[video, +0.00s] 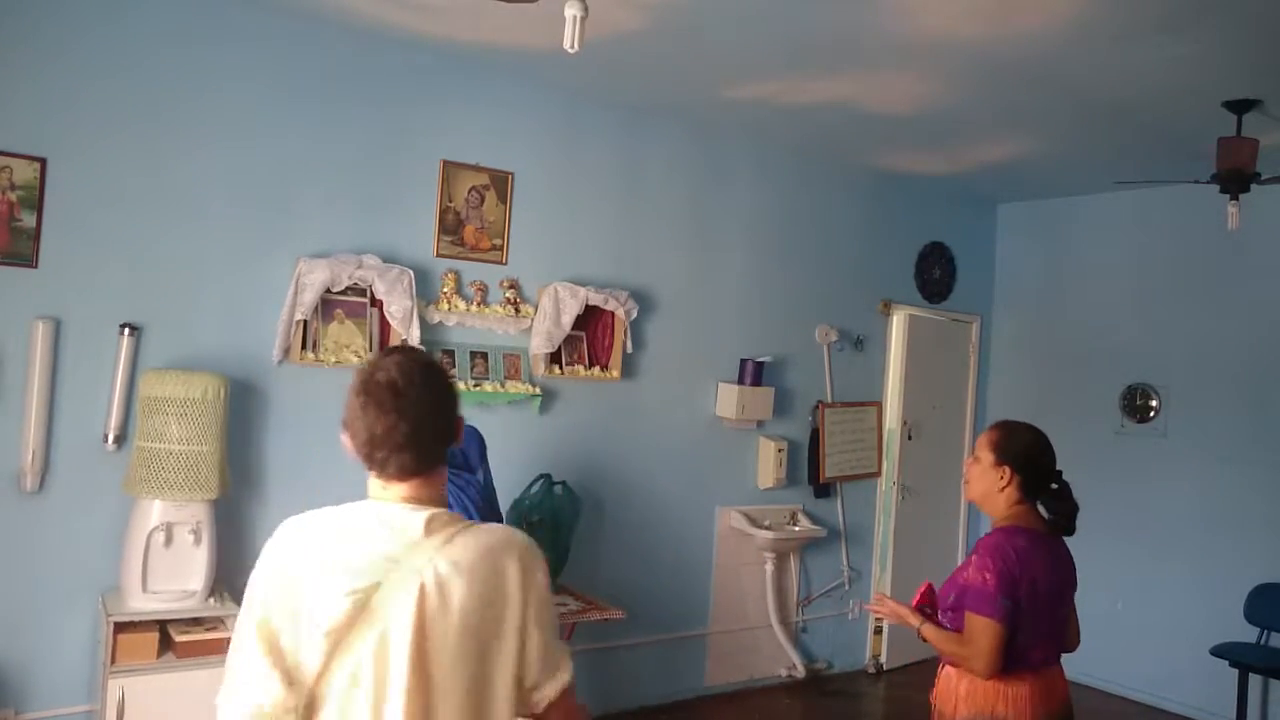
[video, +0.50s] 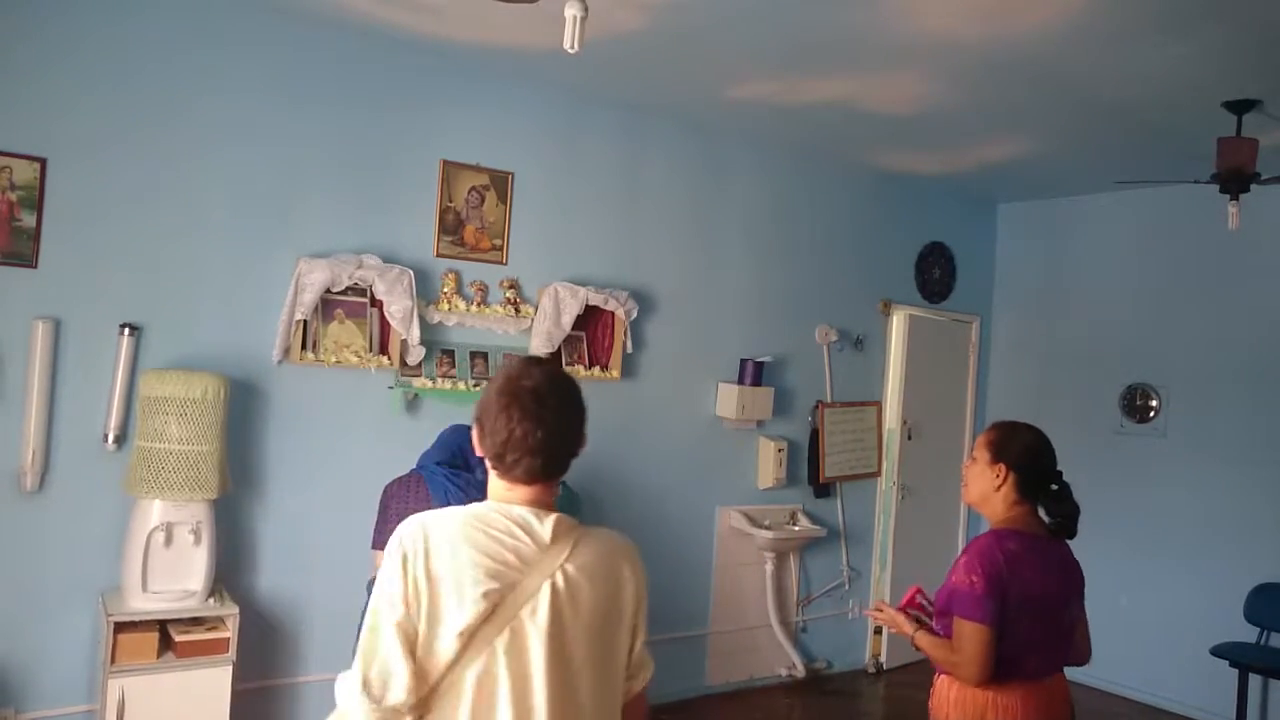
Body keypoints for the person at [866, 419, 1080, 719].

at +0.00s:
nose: (966, 466)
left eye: (975, 459)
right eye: (971, 457)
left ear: (1003, 477)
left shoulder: (994, 551)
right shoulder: (1053, 544)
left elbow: (982, 661)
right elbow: (1068, 639)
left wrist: (916, 622)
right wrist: (954, 619)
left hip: (989, 696)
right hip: (1045, 686)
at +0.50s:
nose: (963, 468)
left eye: (972, 459)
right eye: (968, 458)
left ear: (999, 475)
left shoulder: (983, 554)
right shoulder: (1059, 551)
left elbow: (972, 668)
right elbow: (1079, 652)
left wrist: (912, 630)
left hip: (982, 701)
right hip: (1048, 696)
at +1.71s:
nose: (1011, 485)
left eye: (1017, 474)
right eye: (1014, 473)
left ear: (1041, 489)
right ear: (1086, 484)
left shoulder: (1029, 573)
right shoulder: (1134, 566)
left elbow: (1021, 694)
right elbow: (1162, 664)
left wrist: (966, 650)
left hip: (1053, 713)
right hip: (1129, 710)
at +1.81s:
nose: (1025, 486)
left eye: (1030, 475)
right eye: (1028, 474)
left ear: (1056, 490)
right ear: (1101, 485)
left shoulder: (1046, 572)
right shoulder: (1144, 564)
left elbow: (1046, 695)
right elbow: (1174, 663)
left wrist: (986, 653)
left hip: (1072, 713)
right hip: (1148, 709)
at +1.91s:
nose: (1036, 486)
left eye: (1042, 477)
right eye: (1039, 475)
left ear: (1070, 494)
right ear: (1114, 491)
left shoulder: (1063, 576)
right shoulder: (1157, 568)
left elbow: (1065, 701)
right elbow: (1186, 666)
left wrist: (999, 657)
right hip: (1164, 712)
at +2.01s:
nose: (1046, 488)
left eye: (1052, 478)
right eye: (1049, 477)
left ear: (1082, 495)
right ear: (1125, 494)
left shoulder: (1079, 576)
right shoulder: (1164, 568)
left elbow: (1078, 701)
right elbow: (1196, 666)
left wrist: (1007, 658)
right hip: (1176, 711)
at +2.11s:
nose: (1055, 485)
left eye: (1063, 475)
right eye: (1059, 474)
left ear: (1093, 494)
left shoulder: (1089, 572)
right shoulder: (1168, 563)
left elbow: (1087, 697)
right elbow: (1200, 667)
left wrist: (1011, 654)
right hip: (1179, 710)